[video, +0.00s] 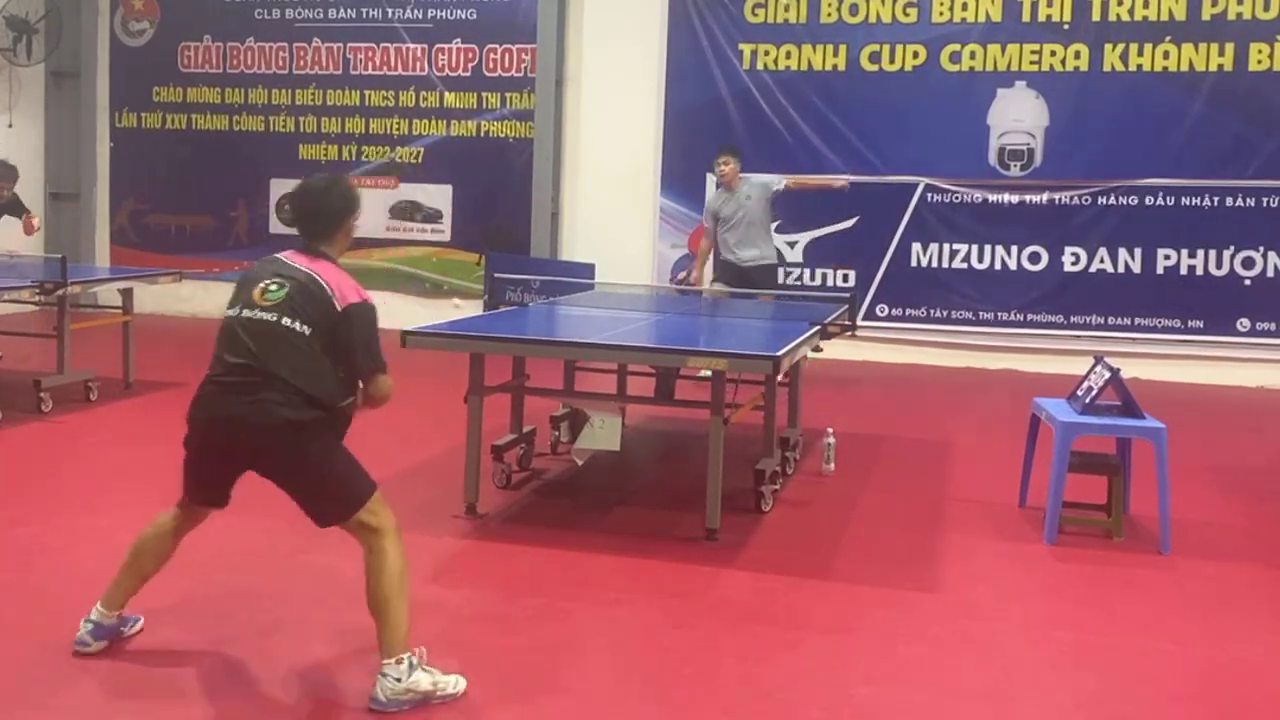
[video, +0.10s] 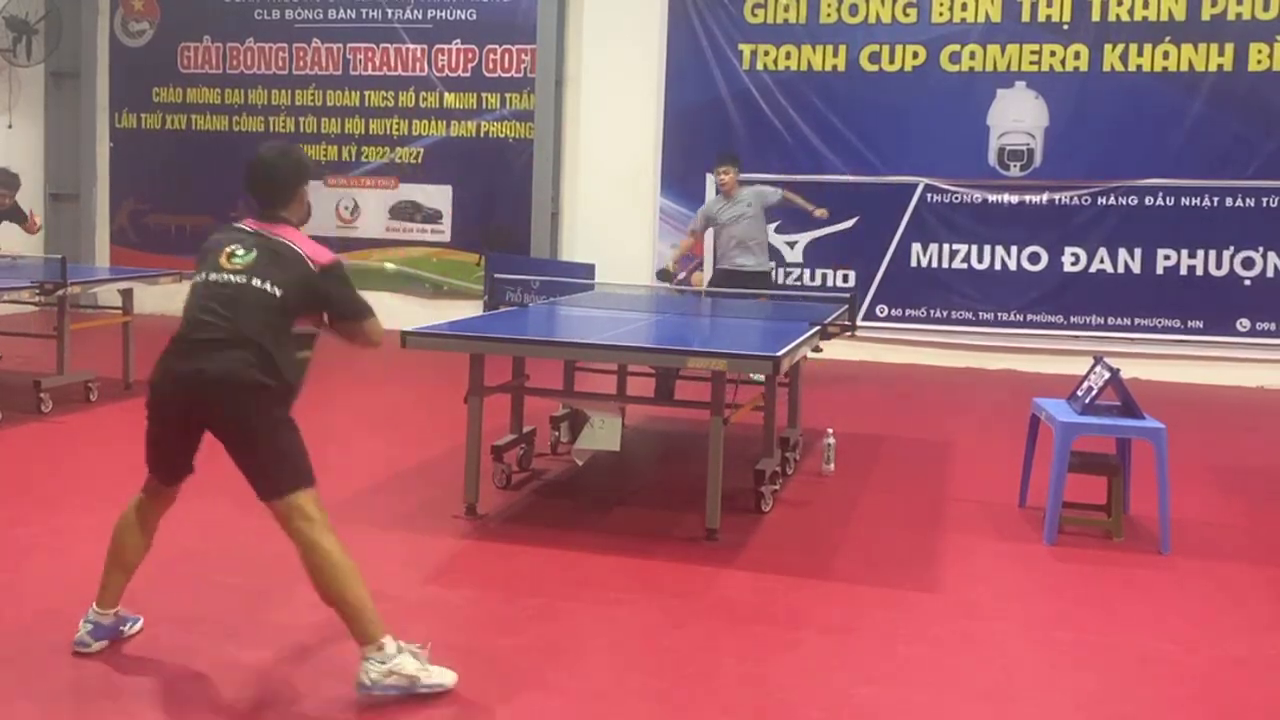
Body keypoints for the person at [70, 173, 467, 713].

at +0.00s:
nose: (358, 227)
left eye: (357, 218)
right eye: (356, 219)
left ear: (298, 221)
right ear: (346, 227)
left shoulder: (260, 270)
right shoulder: (347, 294)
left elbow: (253, 347)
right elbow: (379, 390)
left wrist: (334, 380)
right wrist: (348, 392)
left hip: (215, 417)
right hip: (291, 428)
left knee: (185, 513)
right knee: (380, 529)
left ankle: (100, 619)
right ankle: (397, 669)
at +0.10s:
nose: (310, 199)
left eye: (309, 190)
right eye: (308, 191)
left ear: (252, 196)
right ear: (299, 199)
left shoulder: (220, 238)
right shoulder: (315, 258)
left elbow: (240, 295)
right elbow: (369, 334)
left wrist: (309, 306)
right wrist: (318, 309)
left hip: (176, 379)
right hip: (246, 387)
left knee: (154, 493)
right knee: (305, 521)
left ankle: (100, 616)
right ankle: (381, 654)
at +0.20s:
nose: (279, 177)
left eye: (276, 170)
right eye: (278, 170)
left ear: (221, 175)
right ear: (271, 177)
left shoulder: (183, 218)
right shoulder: (288, 230)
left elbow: (174, 272)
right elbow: (342, 246)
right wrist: (371, 231)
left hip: (133, 348)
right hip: (206, 355)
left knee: (139, 459)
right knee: (256, 492)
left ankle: (107, 589)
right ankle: (298, 638)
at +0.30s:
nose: (265, 188)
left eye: (261, 180)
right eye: (265, 182)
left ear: (208, 181)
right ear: (258, 188)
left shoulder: (164, 213)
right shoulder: (269, 244)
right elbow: (328, 237)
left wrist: (118, 214)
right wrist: (356, 195)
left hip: (104, 333)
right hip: (174, 345)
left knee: (103, 457)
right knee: (211, 495)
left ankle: (76, 576)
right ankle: (253, 644)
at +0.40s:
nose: (248, 203)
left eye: (245, 195)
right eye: (247, 196)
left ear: (190, 196)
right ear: (237, 202)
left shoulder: (142, 227)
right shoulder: (242, 258)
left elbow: (42, 258)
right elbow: (321, 270)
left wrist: (58, 240)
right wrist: (347, 225)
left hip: (78, 357)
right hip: (147, 366)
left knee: (72, 487)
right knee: (196, 512)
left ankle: (39, 613)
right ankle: (233, 654)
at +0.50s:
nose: (233, 204)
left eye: (232, 196)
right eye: (231, 196)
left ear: (173, 197)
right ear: (220, 201)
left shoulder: (120, 232)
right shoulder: (223, 258)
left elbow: (36, 287)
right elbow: (303, 316)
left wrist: (53, 294)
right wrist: (345, 291)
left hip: (60, 372)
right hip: (130, 375)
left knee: (78, 474)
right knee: (215, 497)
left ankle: (40, 607)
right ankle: (229, 640)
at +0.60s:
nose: (231, 193)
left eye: (230, 183)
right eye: (229, 183)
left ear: (170, 185)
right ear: (216, 187)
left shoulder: (116, 227)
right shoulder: (211, 251)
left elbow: (51, 299)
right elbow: (271, 332)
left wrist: (101, 323)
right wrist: (327, 329)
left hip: (56, 379)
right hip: (120, 385)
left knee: (86, 485)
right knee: (212, 495)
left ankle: (39, 612)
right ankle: (224, 640)